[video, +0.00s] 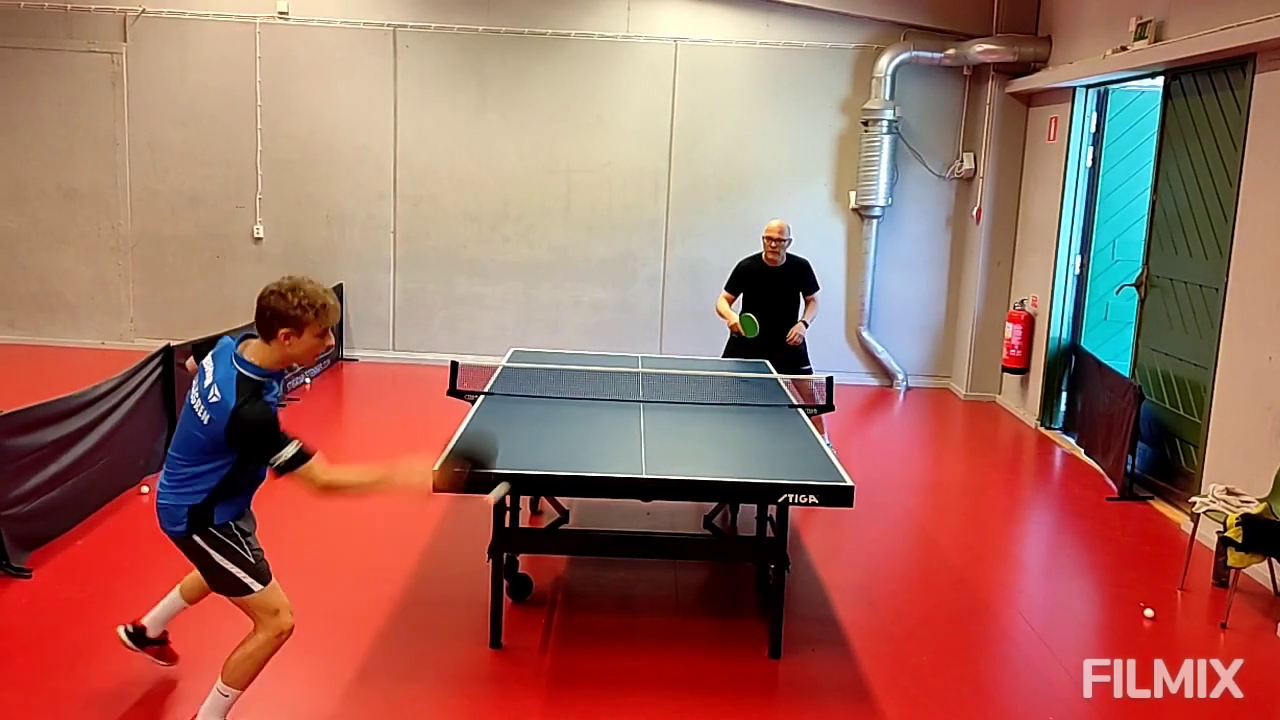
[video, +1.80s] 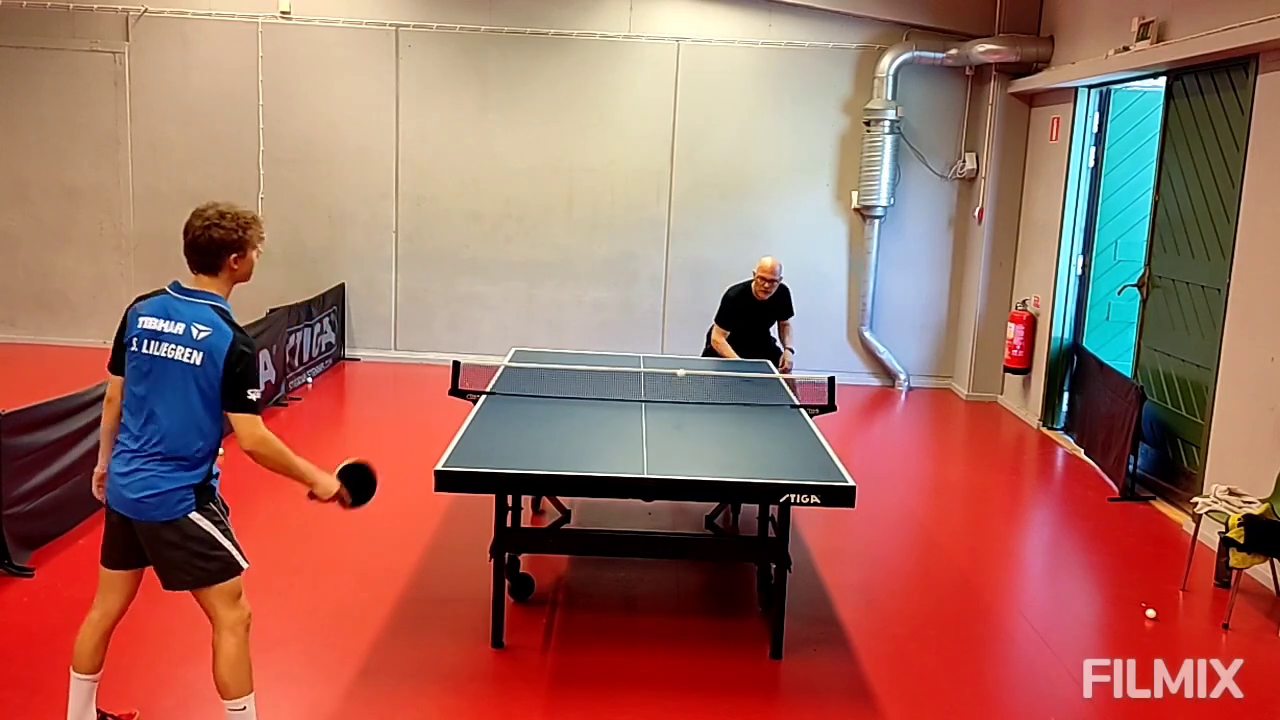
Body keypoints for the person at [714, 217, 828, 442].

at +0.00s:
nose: (773, 244)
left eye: (778, 241)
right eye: (768, 239)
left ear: (788, 243)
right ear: (762, 240)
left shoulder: (800, 268)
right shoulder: (747, 267)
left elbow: (812, 302)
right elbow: (723, 302)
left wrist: (803, 325)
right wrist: (731, 317)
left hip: (786, 345)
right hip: (747, 344)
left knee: (809, 395)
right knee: (724, 391)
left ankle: (822, 446)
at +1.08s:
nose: (759, 249)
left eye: (765, 245)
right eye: (756, 243)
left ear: (774, 249)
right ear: (749, 243)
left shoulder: (781, 276)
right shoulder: (729, 271)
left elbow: (787, 310)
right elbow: (702, 302)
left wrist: (788, 331)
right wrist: (713, 309)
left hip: (763, 344)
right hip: (725, 341)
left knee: (794, 393)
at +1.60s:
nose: (747, 266)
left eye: (753, 263)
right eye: (742, 260)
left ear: (761, 263)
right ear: (736, 259)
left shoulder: (769, 283)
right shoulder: (718, 281)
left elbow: (775, 318)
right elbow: (694, 317)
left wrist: (771, 339)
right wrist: (707, 339)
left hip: (752, 350)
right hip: (715, 349)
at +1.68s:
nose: (752, 275)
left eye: (758, 271)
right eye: (748, 269)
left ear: (767, 271)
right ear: (740, 266)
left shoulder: (772, 288)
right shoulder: (722, 288)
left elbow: (777, 321)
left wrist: (776, 344)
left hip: (754, 347)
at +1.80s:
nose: (766, 286)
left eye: (772, 282)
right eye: (762, 279)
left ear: (780, 281)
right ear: (754, 275)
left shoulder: (782, 293)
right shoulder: (734, 295)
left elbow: (784, 324)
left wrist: (788, 350)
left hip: (760, 345)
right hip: (728, 345)